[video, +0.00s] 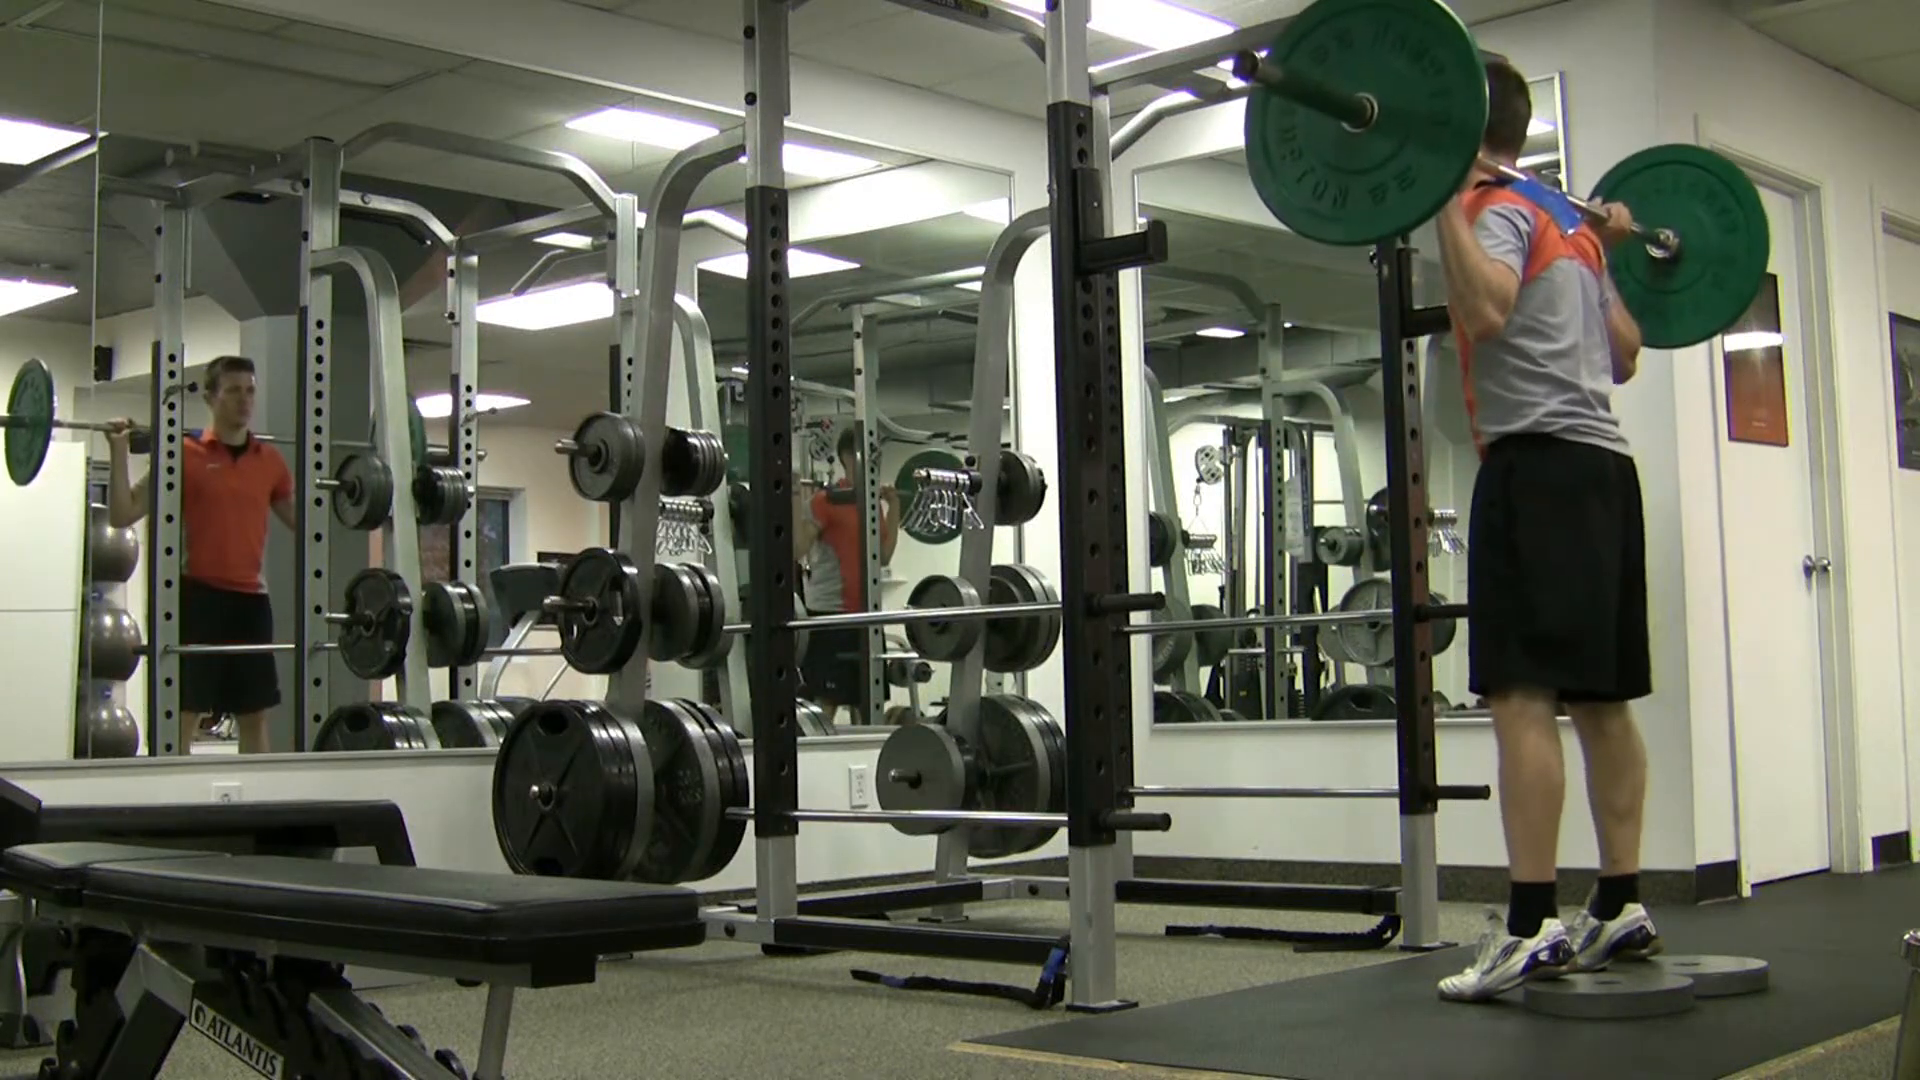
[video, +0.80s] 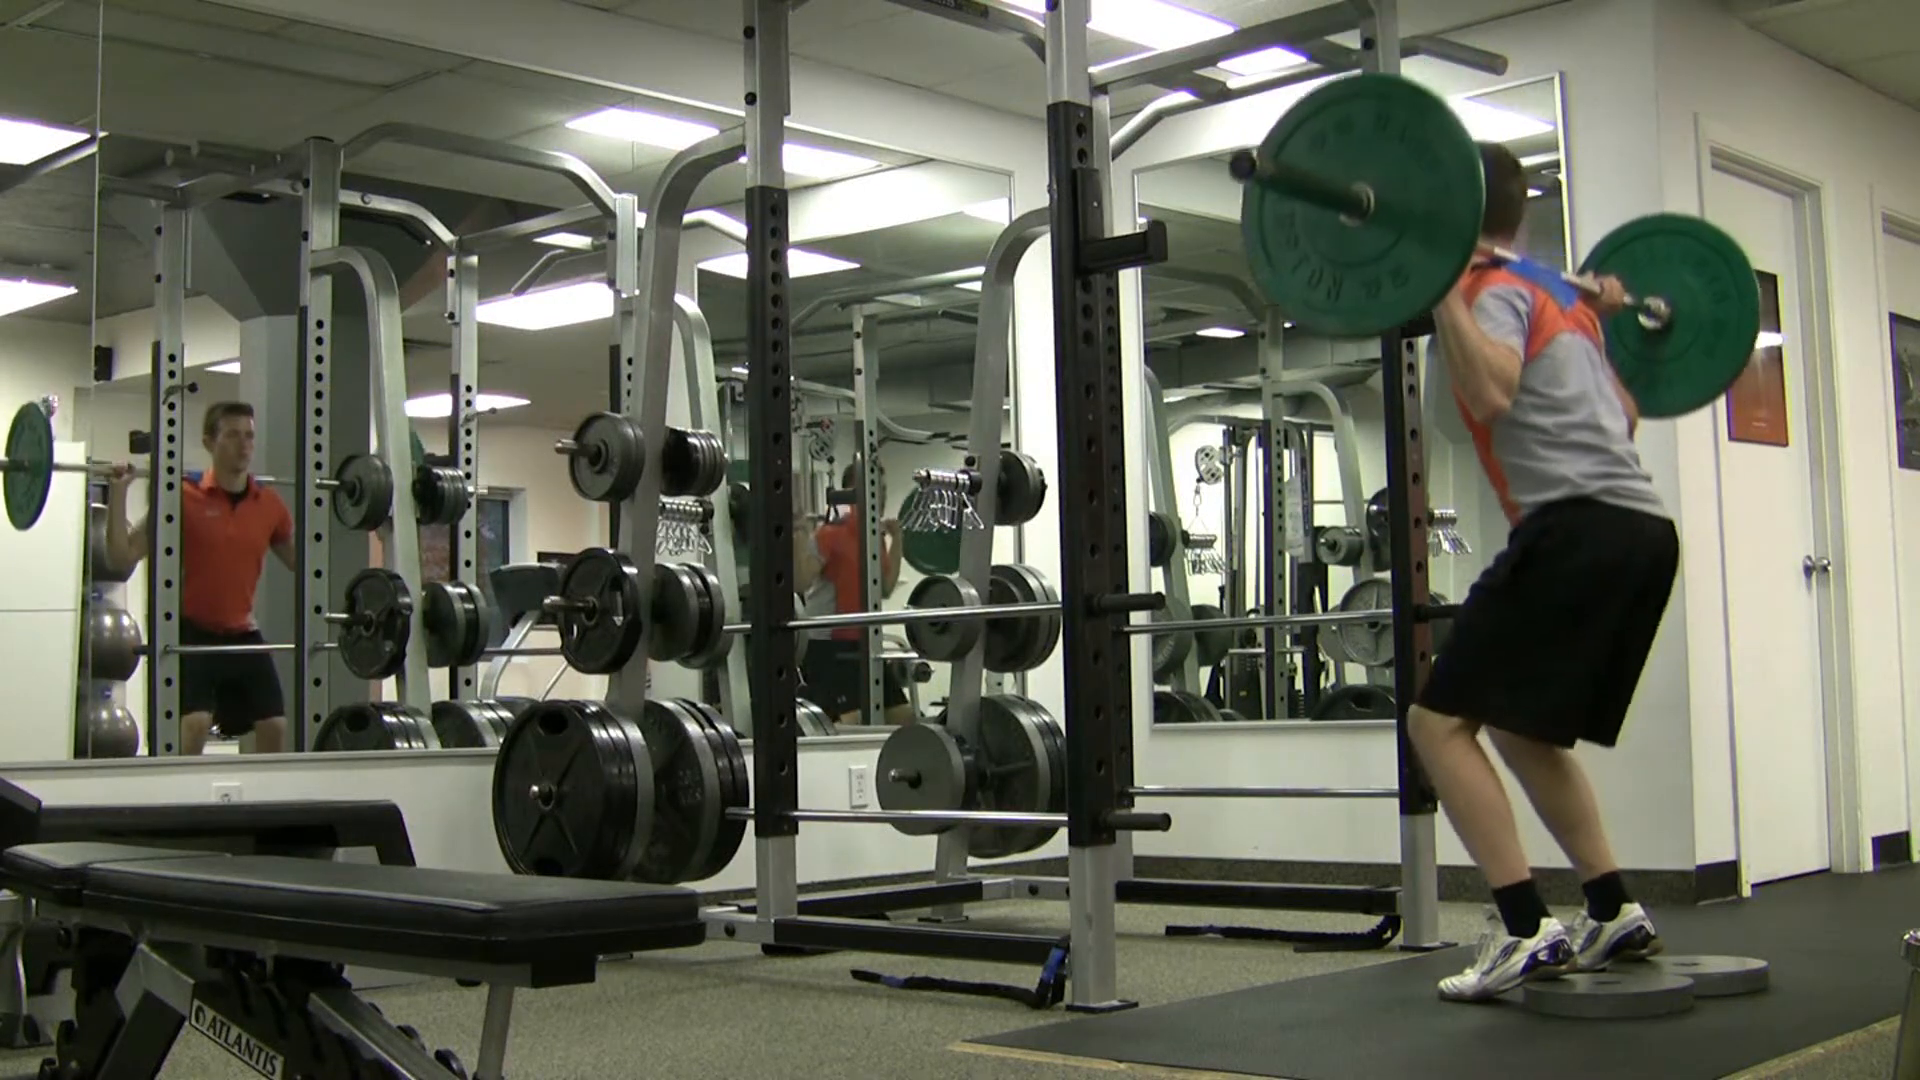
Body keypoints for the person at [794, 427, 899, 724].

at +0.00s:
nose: (866, 464)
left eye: (870, 455)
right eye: (859, 455)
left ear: (874, 458)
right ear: (844, 457)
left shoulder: (870, 503)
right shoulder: (824, 502)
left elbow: (884, 556)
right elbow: (797, 551)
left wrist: (894, 508)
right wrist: (794, 500)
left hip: (866, 610)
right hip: (831, 611)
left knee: (867, 702)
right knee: (827, 699)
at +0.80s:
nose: (875, 494)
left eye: (879, 487)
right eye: (867, 487)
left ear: (882, 490)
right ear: (850, 491)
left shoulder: (875, 536)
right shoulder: (831, 534)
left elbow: (887, 587)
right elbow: (802, 583)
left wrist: (896, 539)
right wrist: (800, 538)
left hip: (869, 641)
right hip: (833, 642)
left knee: (902, 718)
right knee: (849, 721)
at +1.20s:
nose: (880, 536)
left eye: (883, 529)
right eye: (871, 529)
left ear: (887, 533)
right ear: (852, 535)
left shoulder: (879, 576)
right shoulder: (833, 574)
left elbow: (886, 626)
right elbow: (811, 613)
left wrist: (900, 578)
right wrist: (801, 577)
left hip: (868, 674)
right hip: (830, 675)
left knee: (912, 720)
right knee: (858, 723)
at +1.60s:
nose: (885, 572)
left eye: (888, 565)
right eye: (878, 564)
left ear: (891, 568)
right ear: (855, 569)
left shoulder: (887, 609)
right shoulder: (833, 608)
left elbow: (895, 666)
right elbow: (811, 653)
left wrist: (900, 616)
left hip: (872, 695)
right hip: (838, 697)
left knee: (918, 723)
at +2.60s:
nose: (886, 537)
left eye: (887, 531)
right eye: (878, 530)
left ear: (889, 533)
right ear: (855, 535)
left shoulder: (881, 575)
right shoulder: (831, 575)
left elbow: (888, 624)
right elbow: (808, 621)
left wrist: (904, 580)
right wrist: (801, 578)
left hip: (866, 672)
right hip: (827, 672)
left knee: (910, 718)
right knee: (857, 720)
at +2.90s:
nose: (881, 506)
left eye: (884, 499)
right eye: (873, 499)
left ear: (886, 502)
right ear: (855, 503)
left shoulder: (877, 545)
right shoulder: (832, 541)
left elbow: (888, 593)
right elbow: (802, 586)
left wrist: (901, 546)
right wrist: (799, 542)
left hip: (867, 650)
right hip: (834, 650)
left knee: (906, 719)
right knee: (854, 721)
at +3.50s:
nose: (874, 465)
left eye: (877, 457)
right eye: (865, 457)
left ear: (882, 460)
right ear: (849, 459)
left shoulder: (875, 505)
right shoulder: (830, 502)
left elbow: (888, 557)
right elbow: (799, 554)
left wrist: (898, 512)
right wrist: (798, 503)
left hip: (865, 613)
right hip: (833, 614)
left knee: (868, 704)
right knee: (838, 703)